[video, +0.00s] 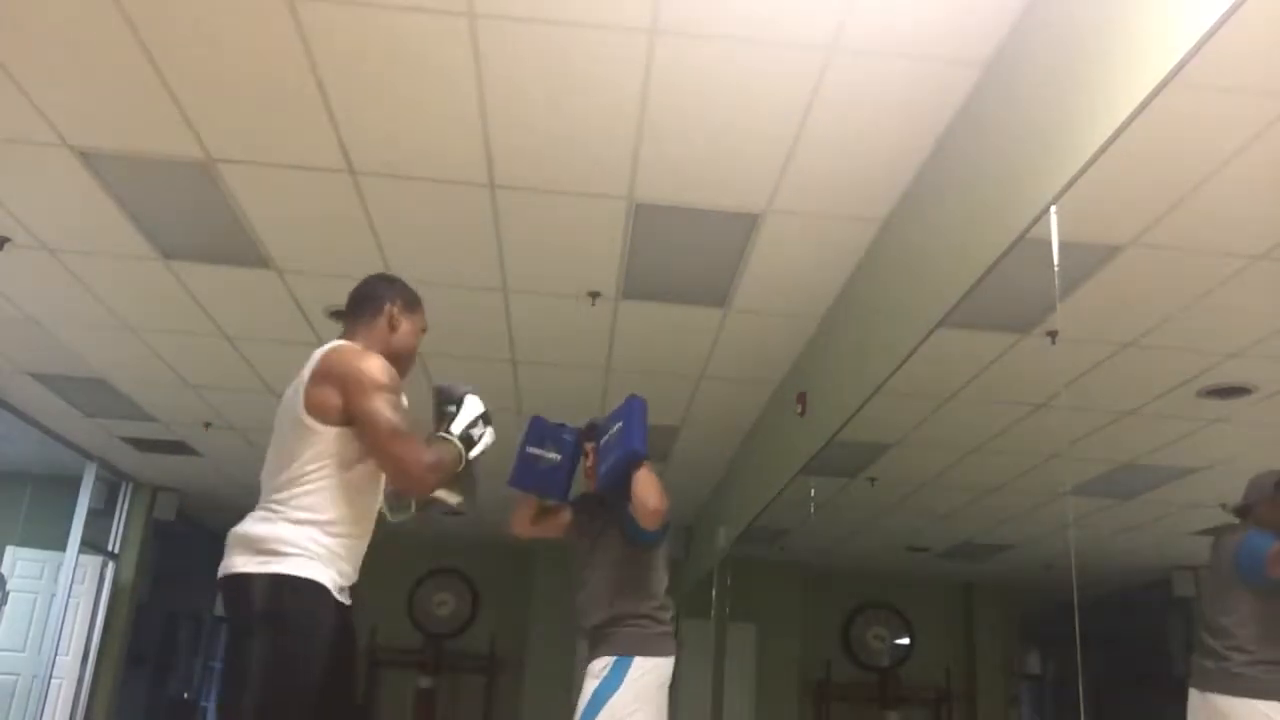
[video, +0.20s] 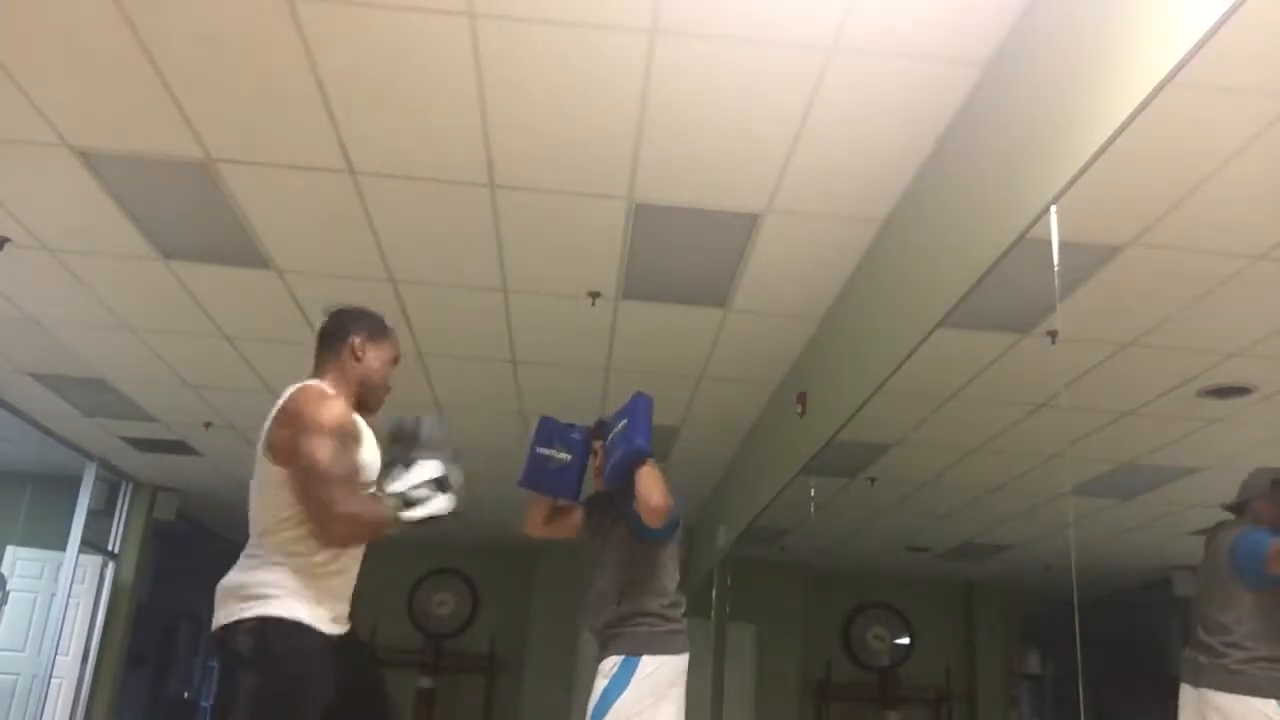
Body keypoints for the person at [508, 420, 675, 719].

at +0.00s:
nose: (588, 463)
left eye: (596, 453)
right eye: (585, 455)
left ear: (615, 455)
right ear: (581, 459)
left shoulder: (637, 502)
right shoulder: (589, 509)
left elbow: (653, 507)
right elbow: (523, 525)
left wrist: (633, 453)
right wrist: (541, 466)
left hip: (635, 649)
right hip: (608, 647)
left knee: (596, 712)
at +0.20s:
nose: (596, 463)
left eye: (604, 452)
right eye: (593, 454)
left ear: (622, 455)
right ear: (589, 459)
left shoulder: (645, 502)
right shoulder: (600, 509)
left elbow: (656, 505)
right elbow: (537, 525)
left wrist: (636, 451)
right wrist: (557, 462)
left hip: (645, 650)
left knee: (605, 712)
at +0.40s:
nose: (625, 458)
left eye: (634, 451)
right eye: (624, 451)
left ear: (659, 460)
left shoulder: (678, 498)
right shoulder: (621, 509)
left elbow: (658, 503)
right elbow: (558, 530)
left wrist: (610, 455)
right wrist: (567, 468)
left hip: (662, 656)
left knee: (618, 713)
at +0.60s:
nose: (644, 477)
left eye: (654, 468)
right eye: (641, 469)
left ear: (682, 475)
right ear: (636, 474)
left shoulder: (699, 516)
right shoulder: (647, 522)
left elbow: (725, 567)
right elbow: (586, 552)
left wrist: (657, 552)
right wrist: (590, 492)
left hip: (687, 663)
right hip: (663, 659)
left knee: (644, 713)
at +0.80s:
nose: (661, 474)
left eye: (671, 466)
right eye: (658, 467)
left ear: (699, 472)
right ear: (654, 472)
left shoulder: (714, 514)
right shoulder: (668, 524)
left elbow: (742, 577)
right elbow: (611, 557)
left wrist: (676, 602)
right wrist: (611, 497)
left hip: (704, 659)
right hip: (675, 656)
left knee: (668, 713)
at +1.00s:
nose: (666, 469)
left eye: (676, 461)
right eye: (664, 463)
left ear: (704, 469)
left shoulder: (718, 510)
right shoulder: (676, 520)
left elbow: (740, 578)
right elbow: (617, 554)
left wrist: (683, 633)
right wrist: (618, 490)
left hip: (709, 660)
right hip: (679, 659)